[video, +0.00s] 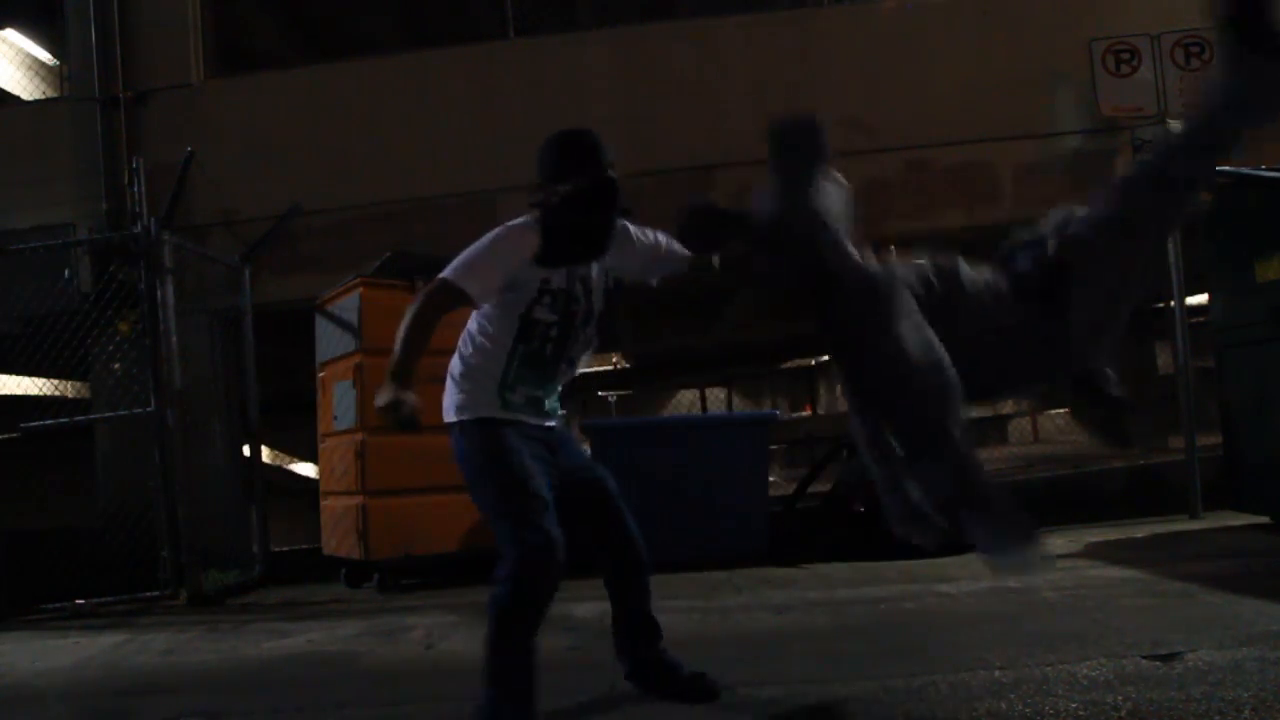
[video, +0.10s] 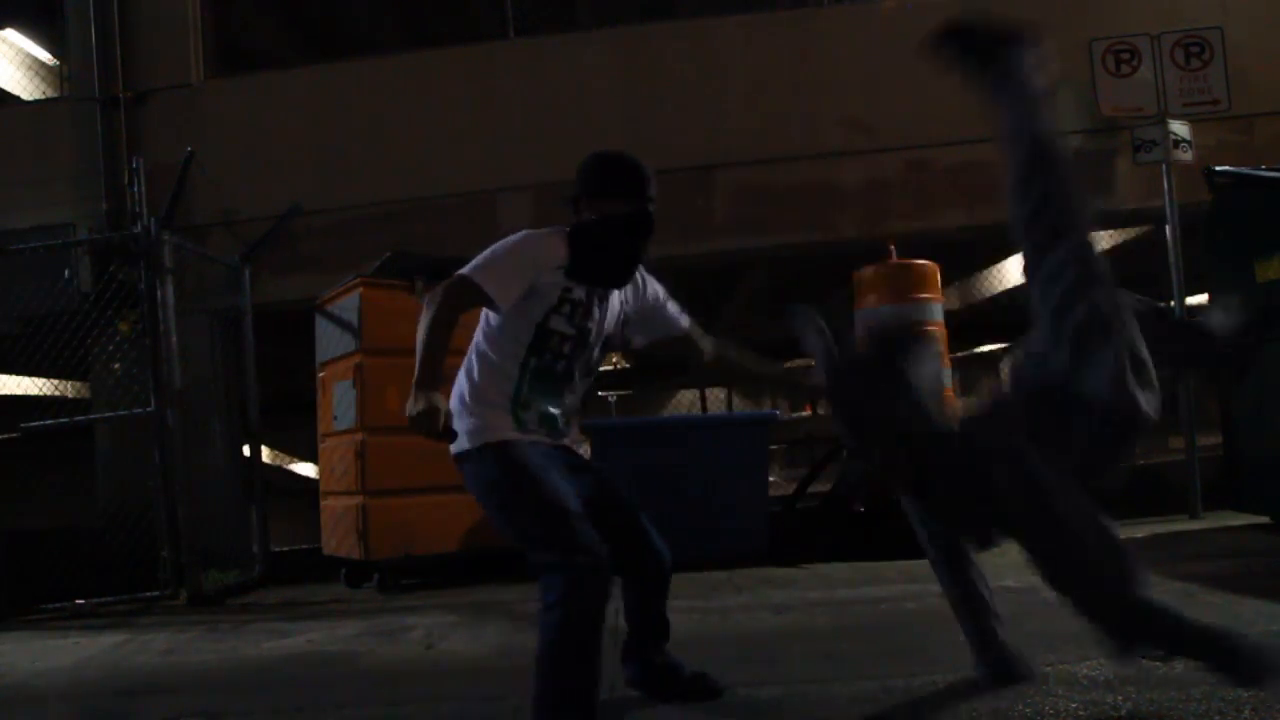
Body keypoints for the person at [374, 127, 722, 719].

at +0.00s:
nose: (603, 204)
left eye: (607, 190)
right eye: (588, 192)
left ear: (612, 189)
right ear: (555, 195)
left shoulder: (616, 240)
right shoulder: (517, 243)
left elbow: (692, 264)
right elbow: (430, 300)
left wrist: (724, 246)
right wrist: (396, 382)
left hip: (547, 422)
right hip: (485, 421)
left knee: (620, 542)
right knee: (534, 554)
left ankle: (647, 667)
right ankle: (505, 704)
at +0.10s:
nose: (635, 233)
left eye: (642, 218)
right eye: (621, 217)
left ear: (649, 218)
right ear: (585, 212)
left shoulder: (634, 288)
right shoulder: (534, 253)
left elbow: (705, 349)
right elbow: (446, 296)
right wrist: (423, 388)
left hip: (559, 445)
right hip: (494, 440)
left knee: (647, 557)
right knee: (577, 565)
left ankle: (648, 666)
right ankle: (564, 709)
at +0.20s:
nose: (657, 237)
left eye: (661, 223)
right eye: (646, 219)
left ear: (656, 225)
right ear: (609, 212)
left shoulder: (622, 293)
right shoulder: (551, 243)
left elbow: (633, 391)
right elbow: (455, 289)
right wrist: (427, 392)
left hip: (564, 444)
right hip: (505, 440)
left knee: (662, 558)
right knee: (613, 572)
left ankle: (650, 671)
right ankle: (578, 709)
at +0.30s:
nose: (660, 223)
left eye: (667, 211)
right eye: (652, 204)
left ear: (669, 212)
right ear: (617, 192)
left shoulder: (620, 268)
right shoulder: (561, 220)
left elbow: (575, 345)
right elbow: (464, 274)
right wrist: (445, 384)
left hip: (564, 425)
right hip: (512, 420)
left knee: (663, 535)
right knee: (608, 558)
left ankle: (634, 678)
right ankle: (574, 708)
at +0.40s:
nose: (661, 209)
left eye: (670, 198)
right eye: (651, 190)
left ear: (677, 201)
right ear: (620, 176)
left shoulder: (623, 259)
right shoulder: (564, 205)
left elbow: (571, 331)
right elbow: (473, 266)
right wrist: (461, 374)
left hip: (557, 408)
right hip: (510, 401)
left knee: (632, 537)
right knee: (582, 540)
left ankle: (608, 691)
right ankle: (570, 703)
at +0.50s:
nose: (670, 211)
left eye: (676, 199)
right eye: (662, 193)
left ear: (672, 198)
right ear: (627, 179)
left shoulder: (624, 257)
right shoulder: (562, 206)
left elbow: (570, 326)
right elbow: (475, 269)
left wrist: (557, 386)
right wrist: (472, 376)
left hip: (555, 406)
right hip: (506, 399)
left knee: (619, 534)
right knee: (554, 539)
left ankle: (605, 690)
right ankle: (547, 705)